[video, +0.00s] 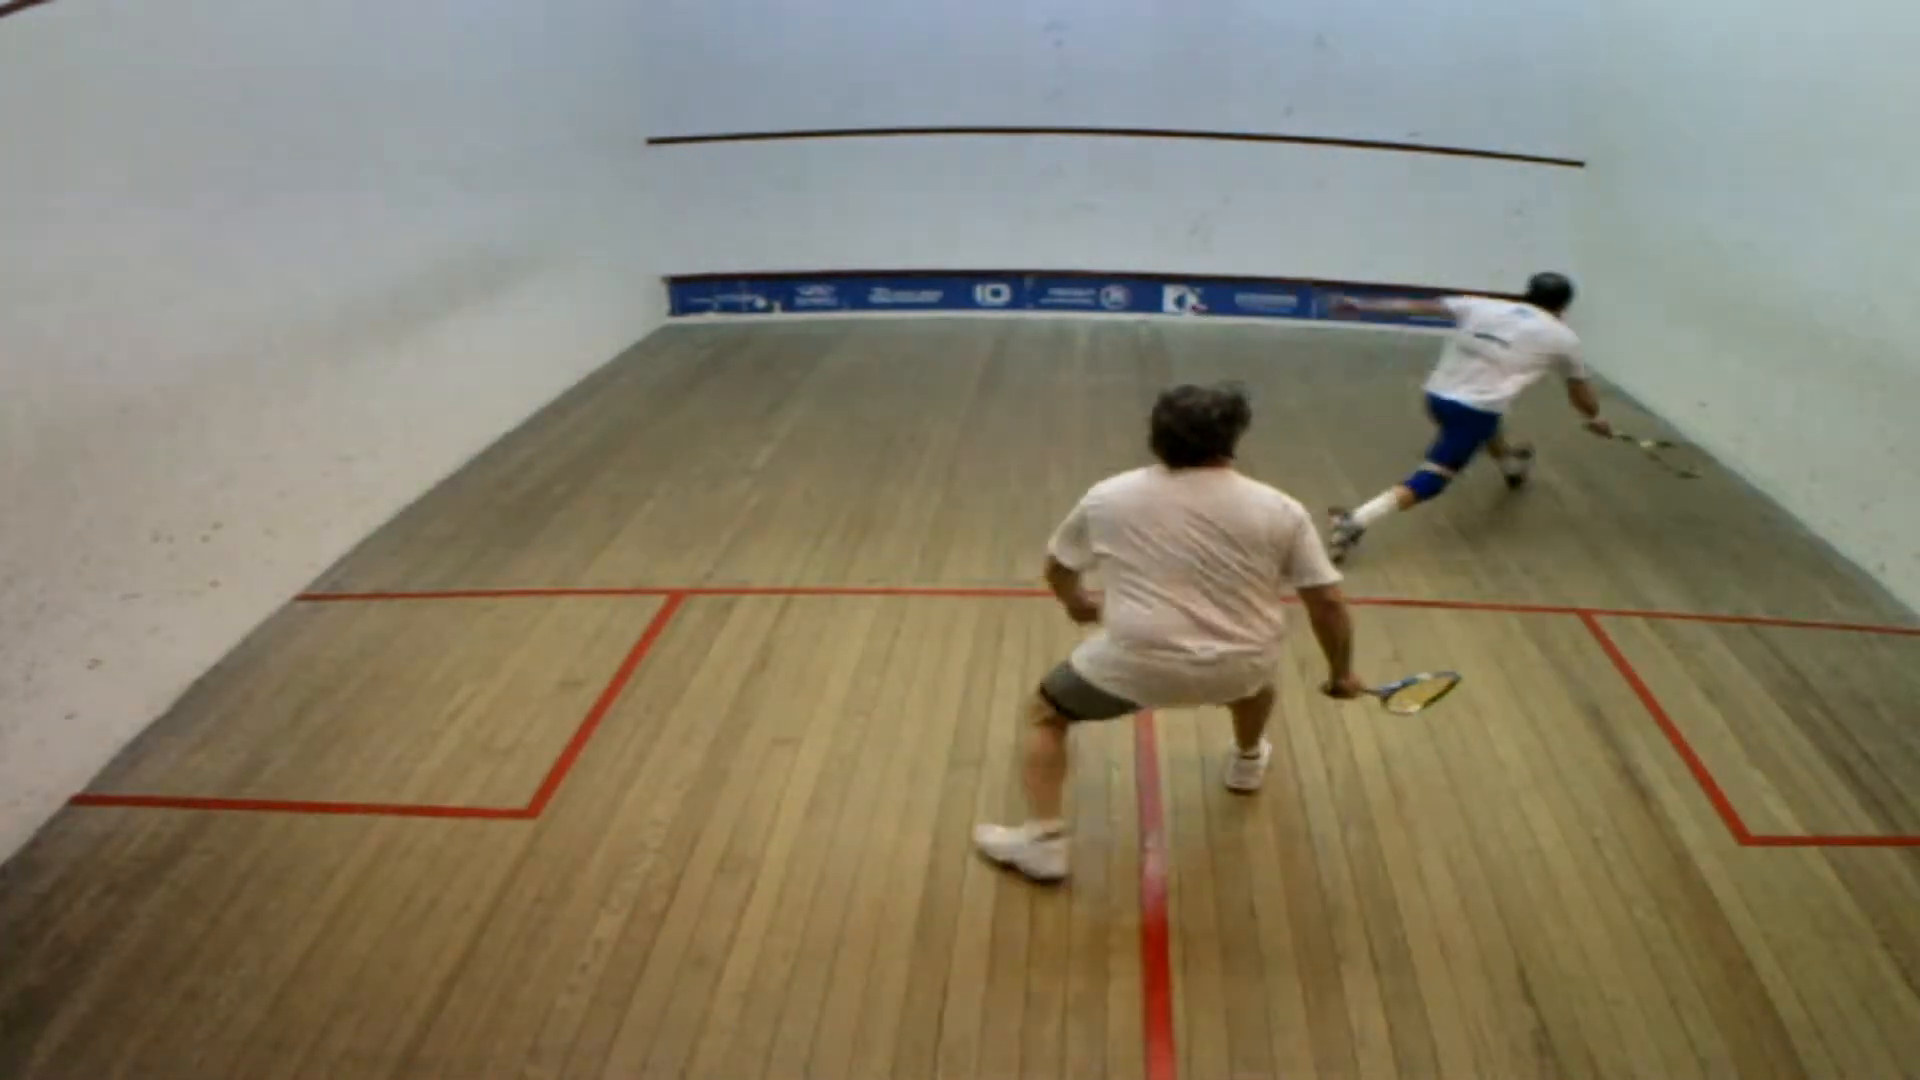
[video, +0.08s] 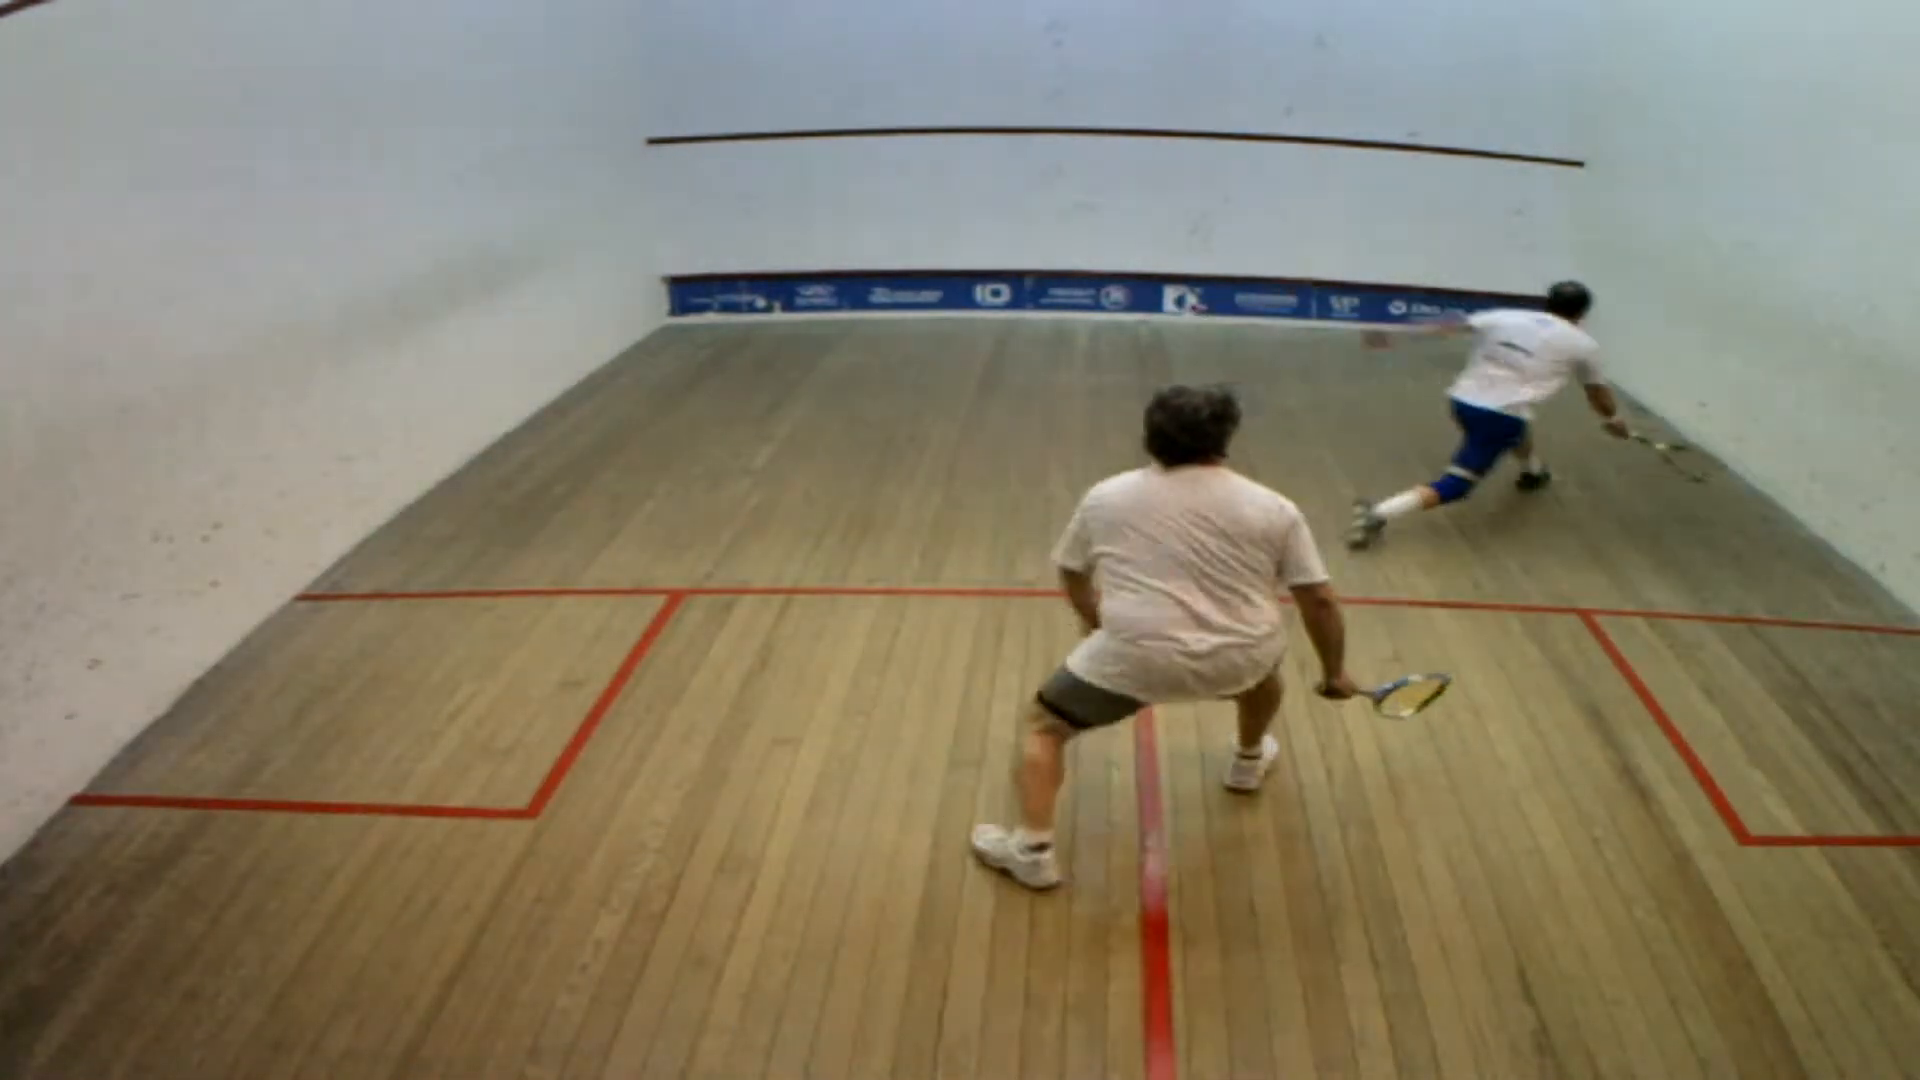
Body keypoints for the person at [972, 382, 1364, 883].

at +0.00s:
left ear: (1159, 438)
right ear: (1231, 440)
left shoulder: (1112, 498)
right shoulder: (1277, 511)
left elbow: (1059, 568)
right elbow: (1327, 604)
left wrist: (1078, 605)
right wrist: (1341, 673)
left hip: (1136, 665)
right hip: (1239, 670)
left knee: (1045, 712)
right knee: (1256, 678)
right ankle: (1248, 760)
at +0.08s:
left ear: (1152, 442)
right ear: (1224, 443)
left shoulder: (1108, 499)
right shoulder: (1271, 510)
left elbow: (1073, 573)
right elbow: (1318, 602)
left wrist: (1100, 629)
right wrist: (1335, 674)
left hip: (1134, 657)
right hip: (1238, 661)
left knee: (1045, 725)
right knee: (1264, 664)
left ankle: (1033, 846)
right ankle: (1250, 758)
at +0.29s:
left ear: (1264, 396)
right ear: (1324, 408)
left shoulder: (1214, 438)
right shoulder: (1344, 468)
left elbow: (1157, 495)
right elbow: (1383, 556)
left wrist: (1168, 552)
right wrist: (1382, 605)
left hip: (1166, 580)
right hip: (1253, 593)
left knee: (1119, 655)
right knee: (1268, 672)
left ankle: (1092, 742)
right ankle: (1202, 760)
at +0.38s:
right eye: (1345, 394)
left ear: (1285, 390)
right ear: (1344, 399)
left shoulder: (1232, 427)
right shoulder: (1362, 452)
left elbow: (1163, 477)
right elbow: (1402, 535)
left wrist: (1110, 532)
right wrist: (1384, 562)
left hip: (1185, 555)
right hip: (1266, 569)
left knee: (1163, 622)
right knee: (1273, 669)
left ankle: (1132, 695)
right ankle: (1201, 758)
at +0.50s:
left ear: (1307, 353)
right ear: (1362, 362)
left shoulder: (1274, 390)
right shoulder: (1392, 401)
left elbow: (1199, 425)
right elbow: (1460, 451)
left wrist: (1135, 462)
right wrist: (1441, 495)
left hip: (1254, 509)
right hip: (1325, 530)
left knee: (1237, 562)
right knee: (1289, 619)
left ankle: (1214, 639)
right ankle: (1225, 685)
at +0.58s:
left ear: (1317, 346)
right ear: (1370, 348)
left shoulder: (1288, 381)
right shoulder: (1398, 388)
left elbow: (1232, 432)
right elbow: (1459, 438)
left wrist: (1219, 456)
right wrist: (1458, 488)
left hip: (1280, 491)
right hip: (1354, 509)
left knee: (1246, 550)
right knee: (1321, 584)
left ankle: (1218, 633)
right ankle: (1265, 621)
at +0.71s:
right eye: (1423, 321)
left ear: (1375, 322)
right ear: (1420, 328)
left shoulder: (1347, 352)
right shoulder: (1432, 360)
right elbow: (1483, 416)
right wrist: (1483, 465)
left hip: (1324, 457)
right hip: (1393, 465)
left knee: (1282, 535)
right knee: (1411, 506)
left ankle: (1234, 610)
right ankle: (1378, 579)